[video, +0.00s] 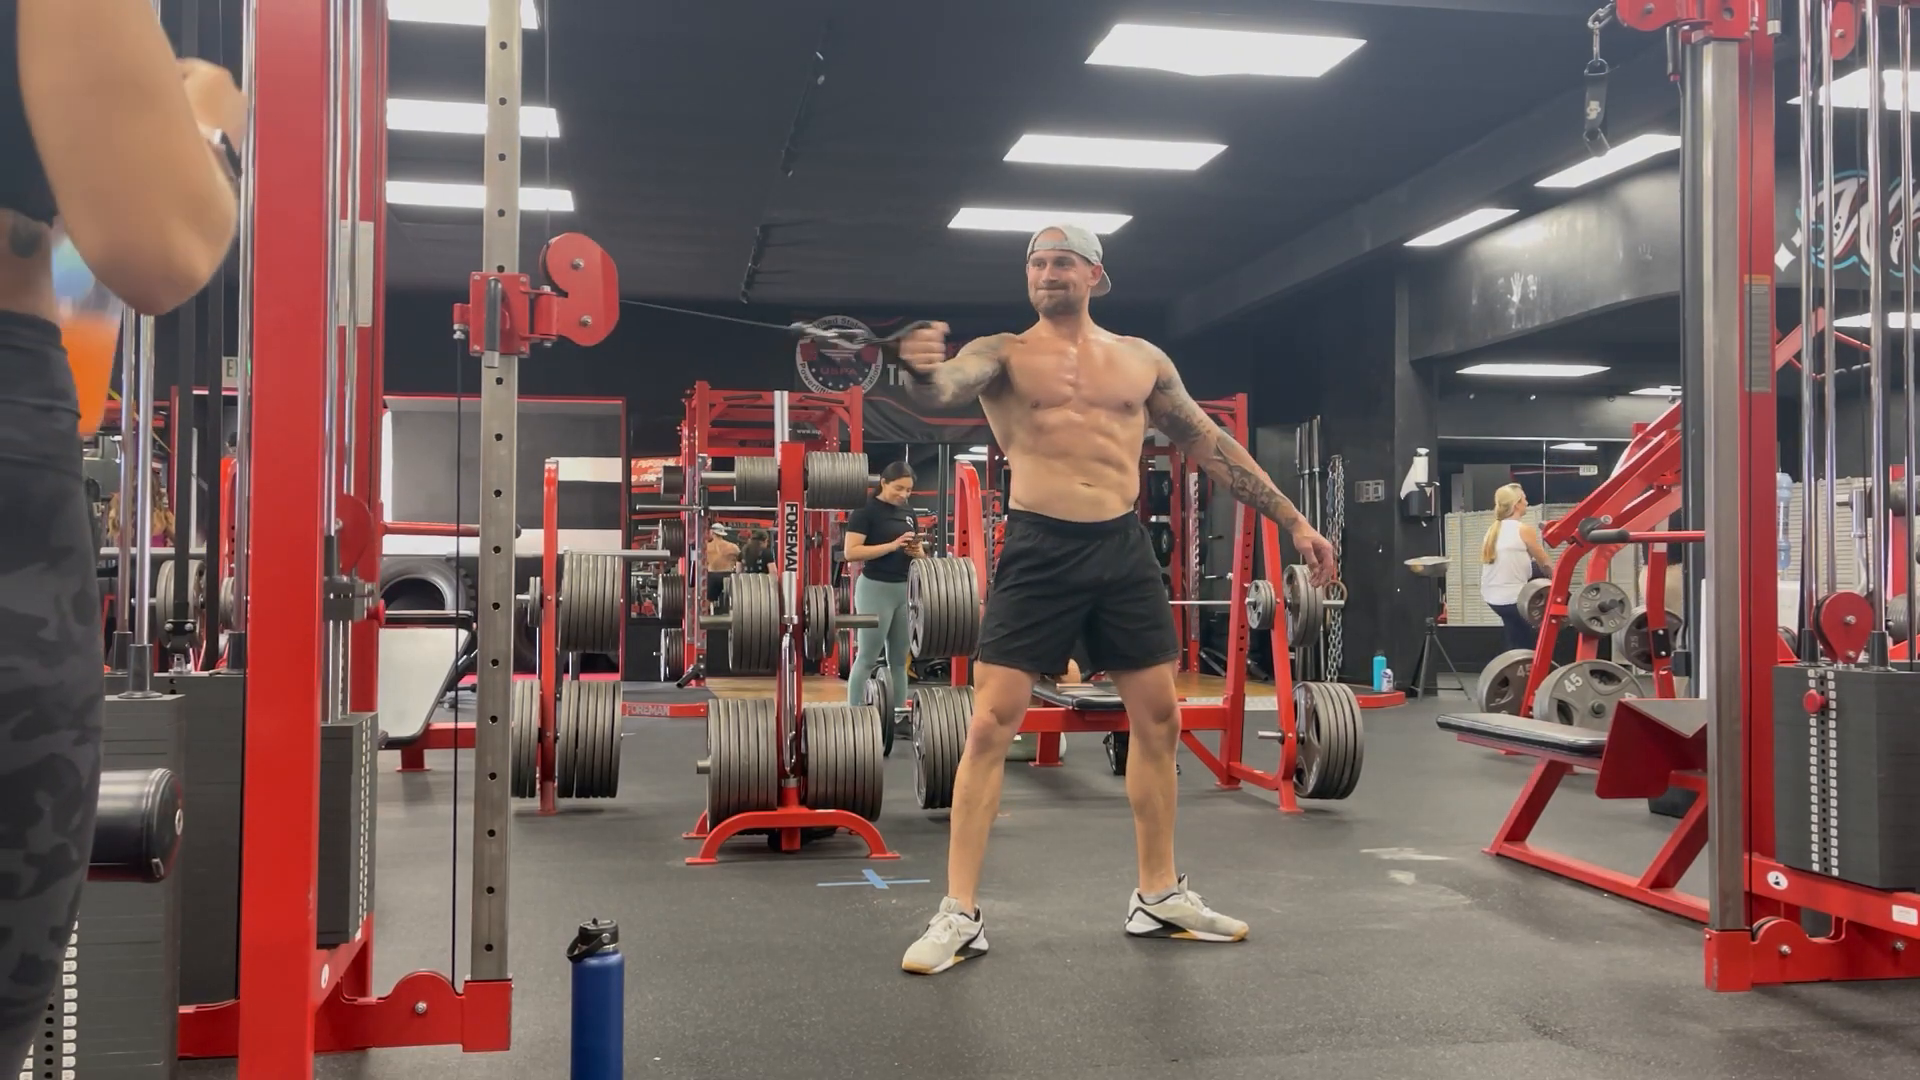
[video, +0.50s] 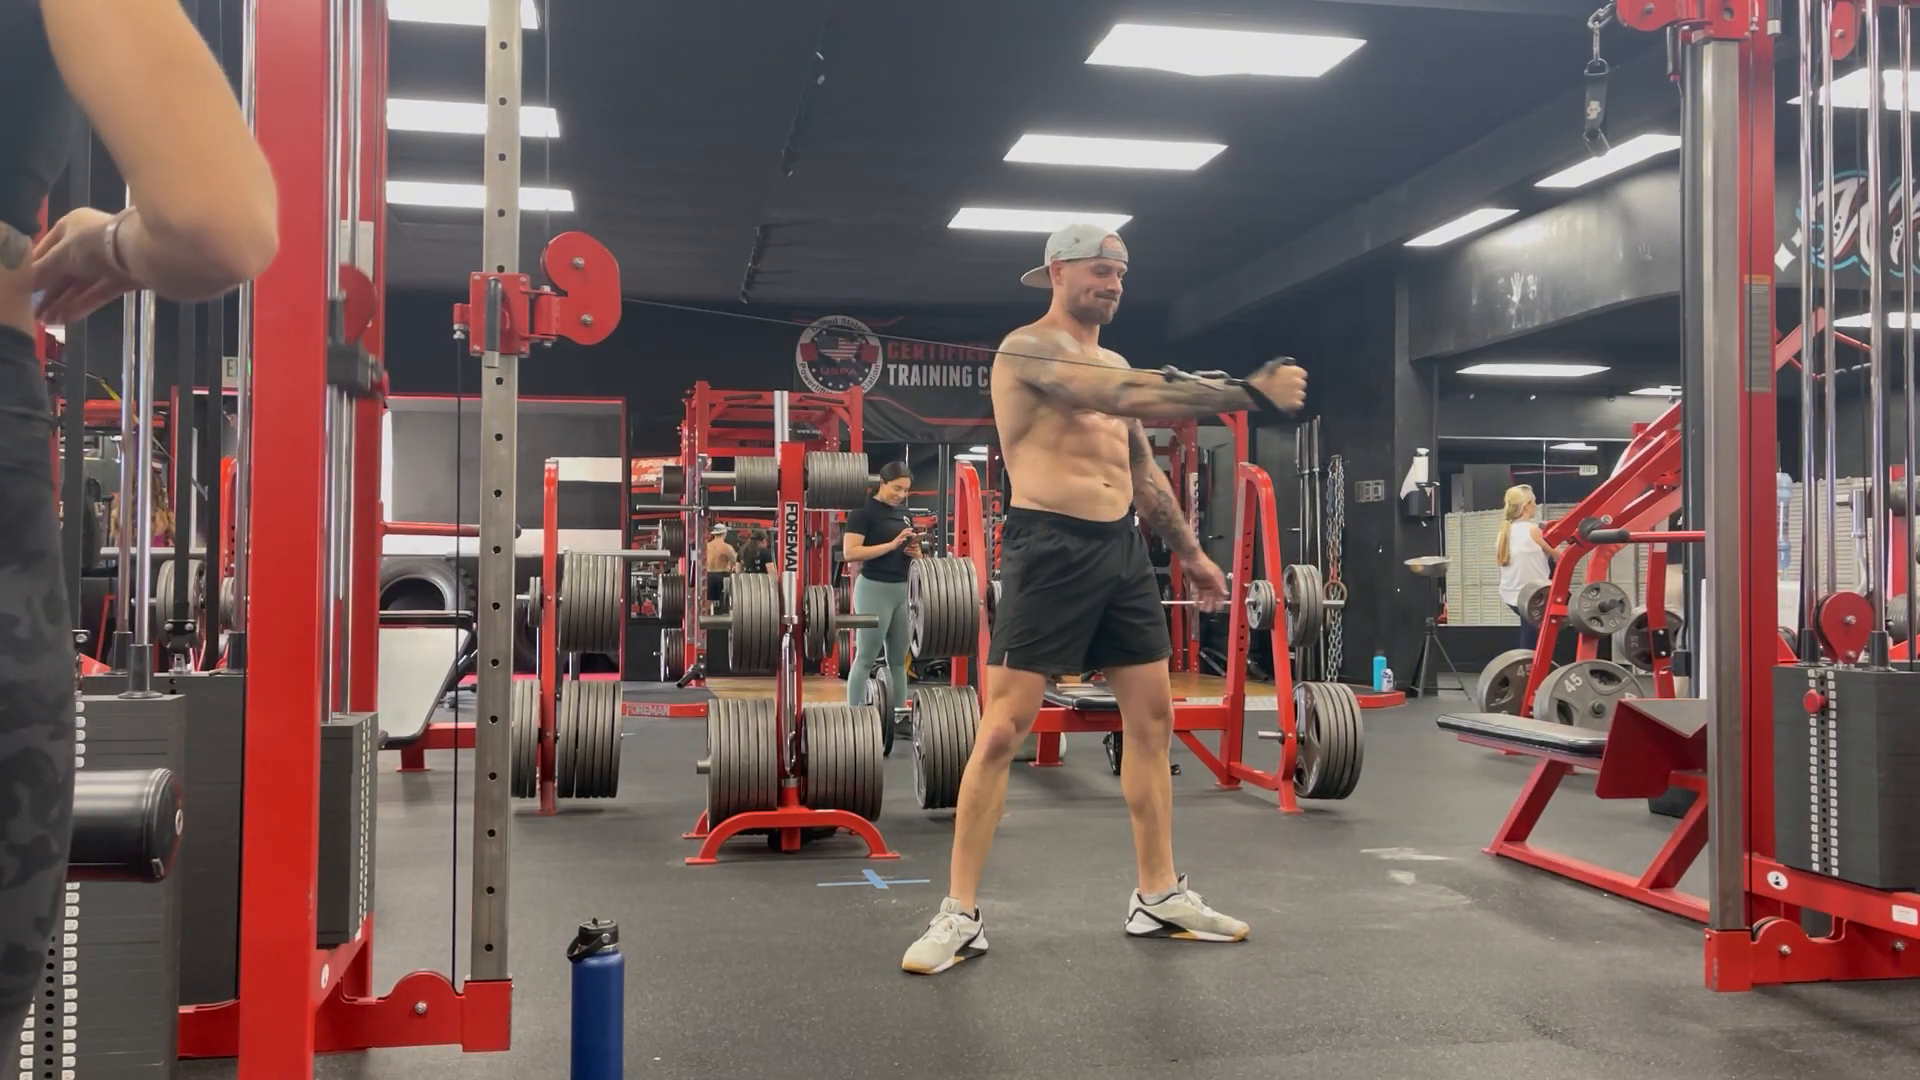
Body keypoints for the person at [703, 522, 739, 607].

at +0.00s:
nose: (710, 534)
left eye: (710, 532)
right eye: (710, 532)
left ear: (713, 533)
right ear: (723, 534)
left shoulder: (707, 547)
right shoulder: (732, 547)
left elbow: (705, 562)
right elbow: (740, 558)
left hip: (712, 573)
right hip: (728, 573)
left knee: (711, 601)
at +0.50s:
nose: (725, 535)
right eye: (725, 533)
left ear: (714, 533)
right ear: (724, 534)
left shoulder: (708, 545)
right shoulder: (726, 547)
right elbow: (735, 558)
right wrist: (730, 567)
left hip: (710, 572)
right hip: (723, 572)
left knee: (709, 600)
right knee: (723, 601)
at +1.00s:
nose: (730, 536)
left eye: (730, 534)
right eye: (728, 534)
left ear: (721, 534)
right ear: (722, 534)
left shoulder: (711, 545)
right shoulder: (720, 547)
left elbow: (726, 552)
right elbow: (724, 565)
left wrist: (734, 555)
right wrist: (729, 576)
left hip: (711, 573)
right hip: (719, 573)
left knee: (710, 599)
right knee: (722, 600)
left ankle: (707, 617)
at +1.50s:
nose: (726, 535)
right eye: (725, 534)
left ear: (714, 534)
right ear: (724, 534)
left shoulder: (709, 545)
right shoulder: (727, 547)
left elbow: (706, 558)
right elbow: (733, 558)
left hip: (710, 572)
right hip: (723, 572)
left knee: (709, 600)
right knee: (723, 600)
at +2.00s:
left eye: (712, 534)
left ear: (713, 534)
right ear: (724, 534)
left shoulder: (707, 546)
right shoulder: (732, 547)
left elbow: (704, 561)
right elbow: (737, 561)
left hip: (711, 572)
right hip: (726, 572)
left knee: (708, 601)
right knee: (726, 602)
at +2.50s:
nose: (711, 535)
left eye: (711, 533)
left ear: (713, 534)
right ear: (723, 534)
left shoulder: (707, 546)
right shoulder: (732, 547)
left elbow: (705, 562)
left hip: (711, 573)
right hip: (726, 573)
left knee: (711, 600)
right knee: (725, 602)